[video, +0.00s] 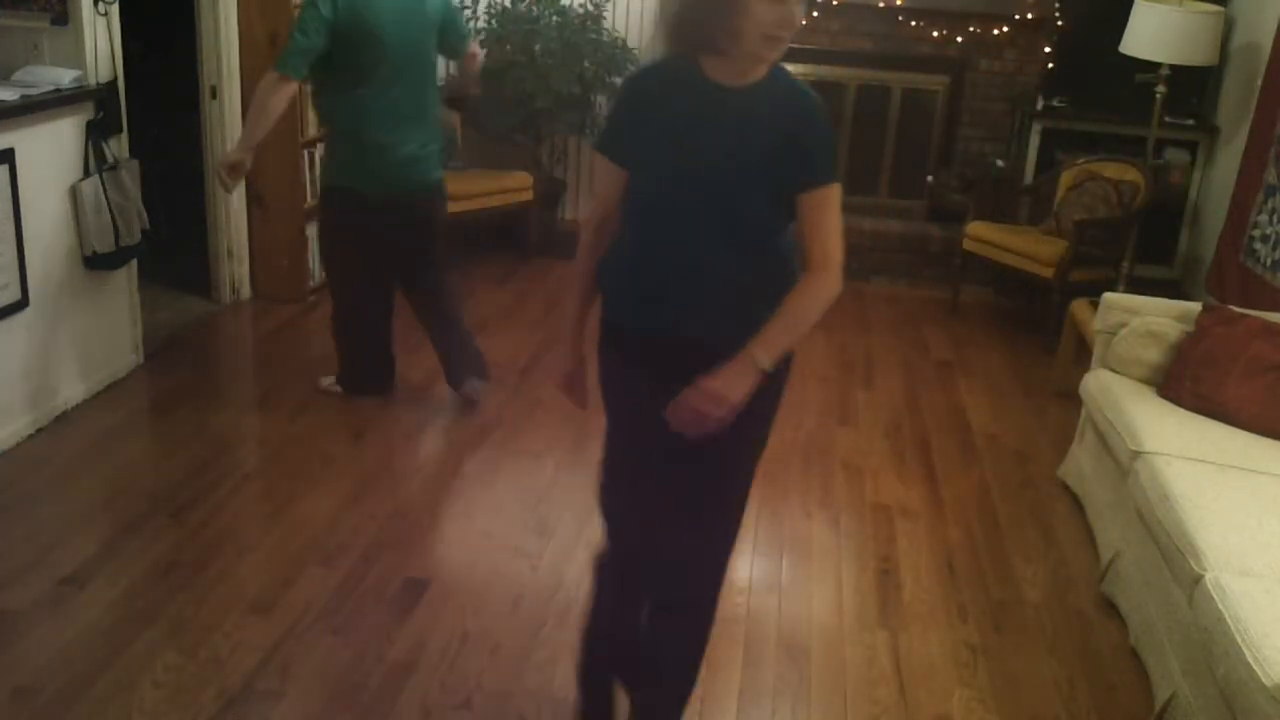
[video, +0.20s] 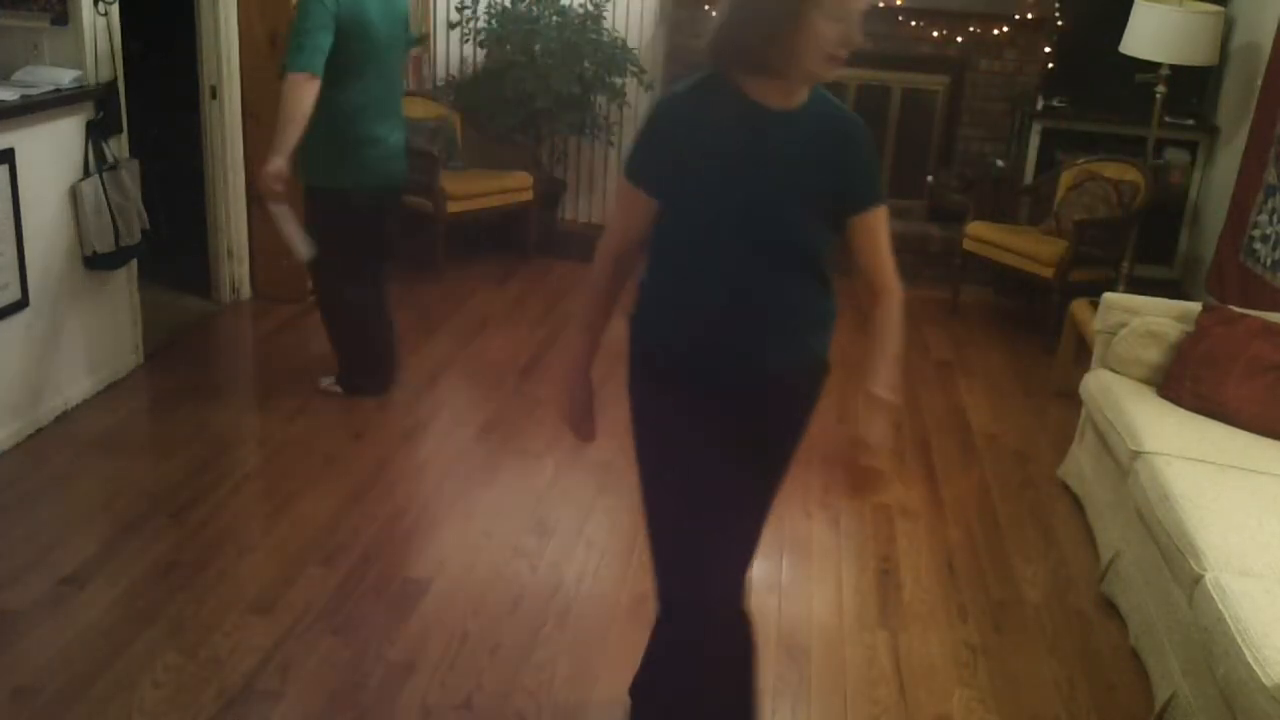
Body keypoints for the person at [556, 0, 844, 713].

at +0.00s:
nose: (791, 18)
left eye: (799, 5)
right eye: (774, 0)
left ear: (803, 16)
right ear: (723, 5)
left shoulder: (797, 111)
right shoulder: (649, 90)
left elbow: (824, 273)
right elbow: (599, 221)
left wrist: (744, 369)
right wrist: (572, 338)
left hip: (744, 353)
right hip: (639, 339)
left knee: (700, 549)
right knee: (631, 533)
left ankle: (660, 703)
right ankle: (600, 681)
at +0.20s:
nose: (849, 38)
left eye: (855, 22)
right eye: (835, 17)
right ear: (778, 16)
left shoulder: (841, 137)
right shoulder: (684, 114)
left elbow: (884, 285)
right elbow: (618, 248)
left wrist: (878, 400)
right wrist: (578, 365)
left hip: (783, 374)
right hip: (672, 364)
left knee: (712, 574)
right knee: (697, 580)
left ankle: (655, 703)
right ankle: (720, 709)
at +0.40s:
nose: (925, 48)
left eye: (928, 31)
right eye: (916, 27)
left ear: (872, 36)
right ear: (863, 28)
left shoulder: (888, 149)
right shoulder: (748, 134)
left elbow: (931, 301)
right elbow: (658, 285)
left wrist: (1002, 421)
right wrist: (613, 431)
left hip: (836, 412)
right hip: (736, 409)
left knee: (803, 620)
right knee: (768, 631)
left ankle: (675, 692)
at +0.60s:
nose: (1017, 56)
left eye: (1022, 37)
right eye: (1012, 33)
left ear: (954, 38)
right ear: (960, 35)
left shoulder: (911, 143)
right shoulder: (852, 145)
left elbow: (949, 313)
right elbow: (755, 319)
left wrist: (1033, 435)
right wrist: (755, 505)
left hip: (879, 442)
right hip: (823, 445)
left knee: (917, 629)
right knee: (829, 658)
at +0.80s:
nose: (1082, 74)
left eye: (1085, 54)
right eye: (1079, 53)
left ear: (984, 44)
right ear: (1044, 60)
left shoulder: (955, 140)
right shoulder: (958, 160)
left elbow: (953, 333)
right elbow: (893, 363)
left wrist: (1005, 444)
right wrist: (924, 545)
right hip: (895, 449)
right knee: (944, 665)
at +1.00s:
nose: (1155, 77)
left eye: (1155, 59)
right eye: (1150, 58)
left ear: (1039, 43)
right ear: (1120, 64)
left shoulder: (989, 133)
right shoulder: (1064, 170)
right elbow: (1028, 376)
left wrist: (1092, 192)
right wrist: (1069, 544)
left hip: (941, 410)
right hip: (993, 436)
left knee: (985, 671)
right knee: (1004, 686)